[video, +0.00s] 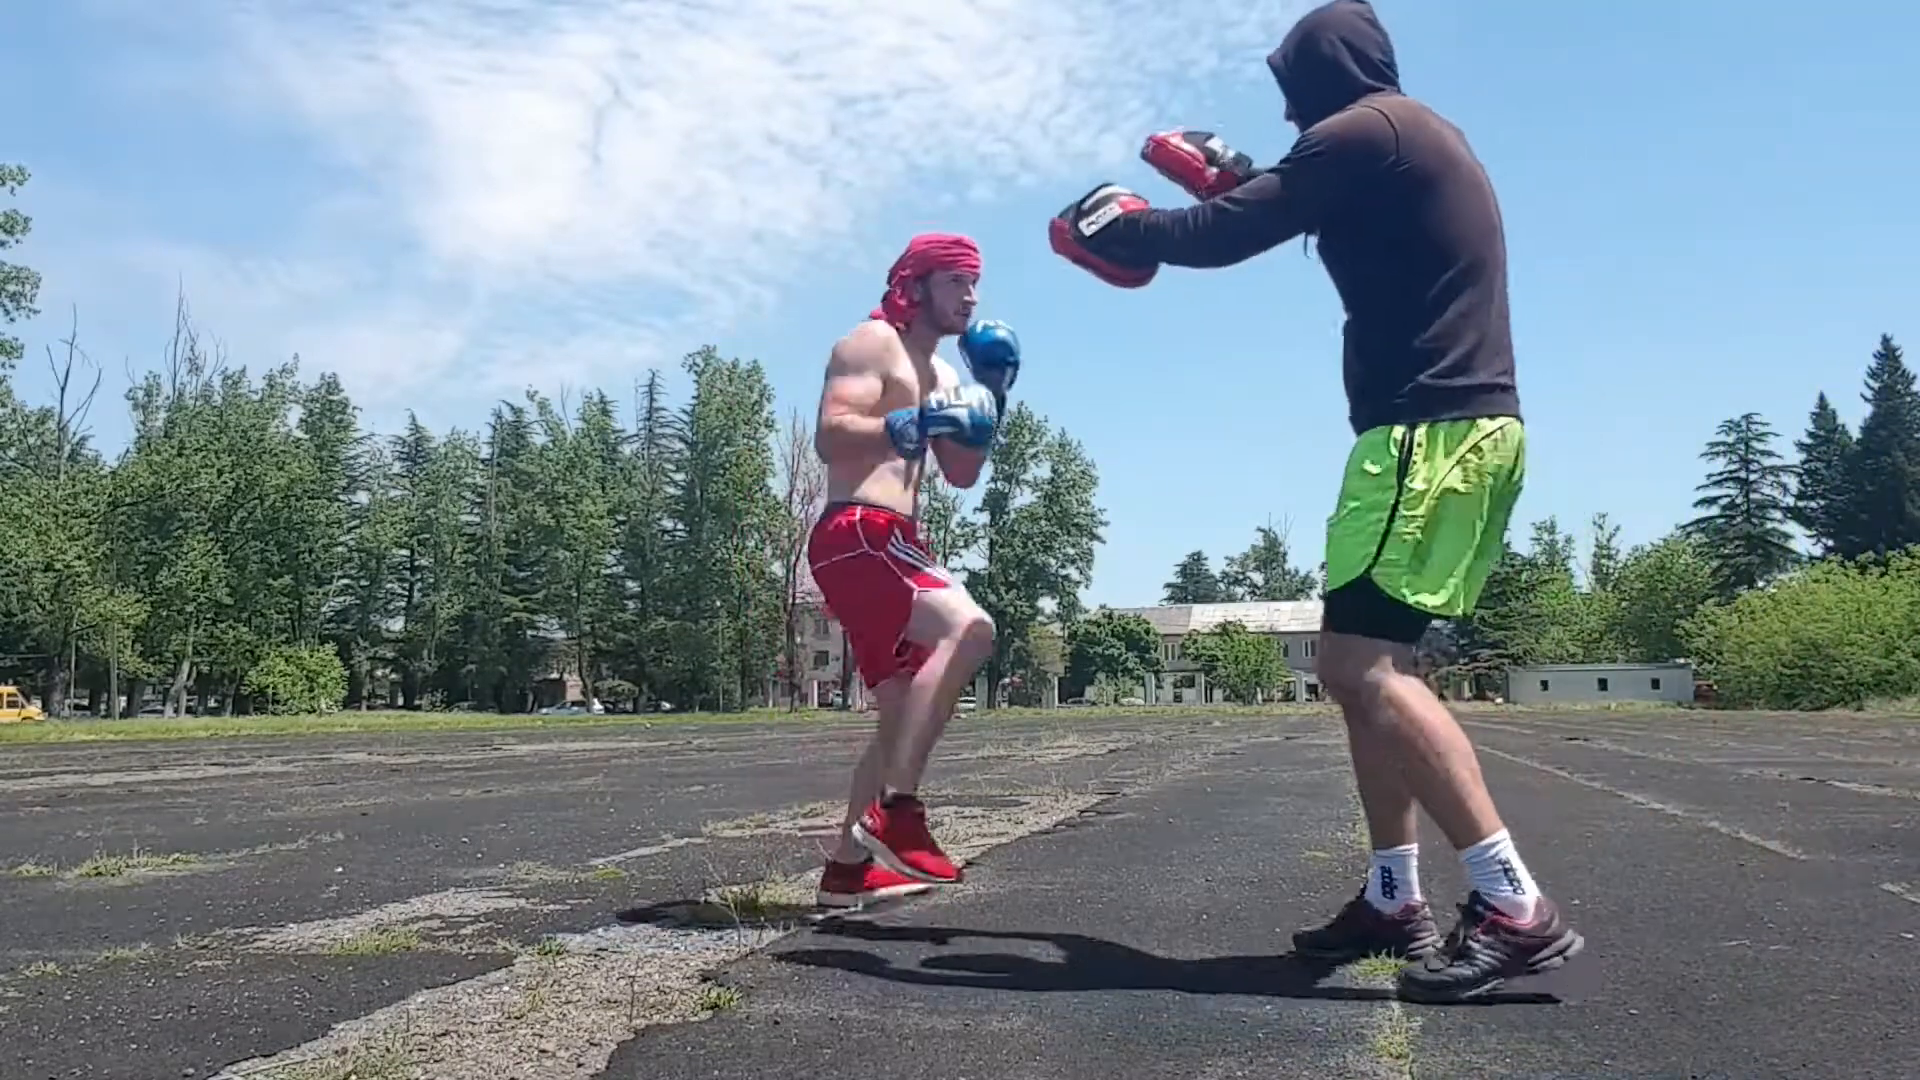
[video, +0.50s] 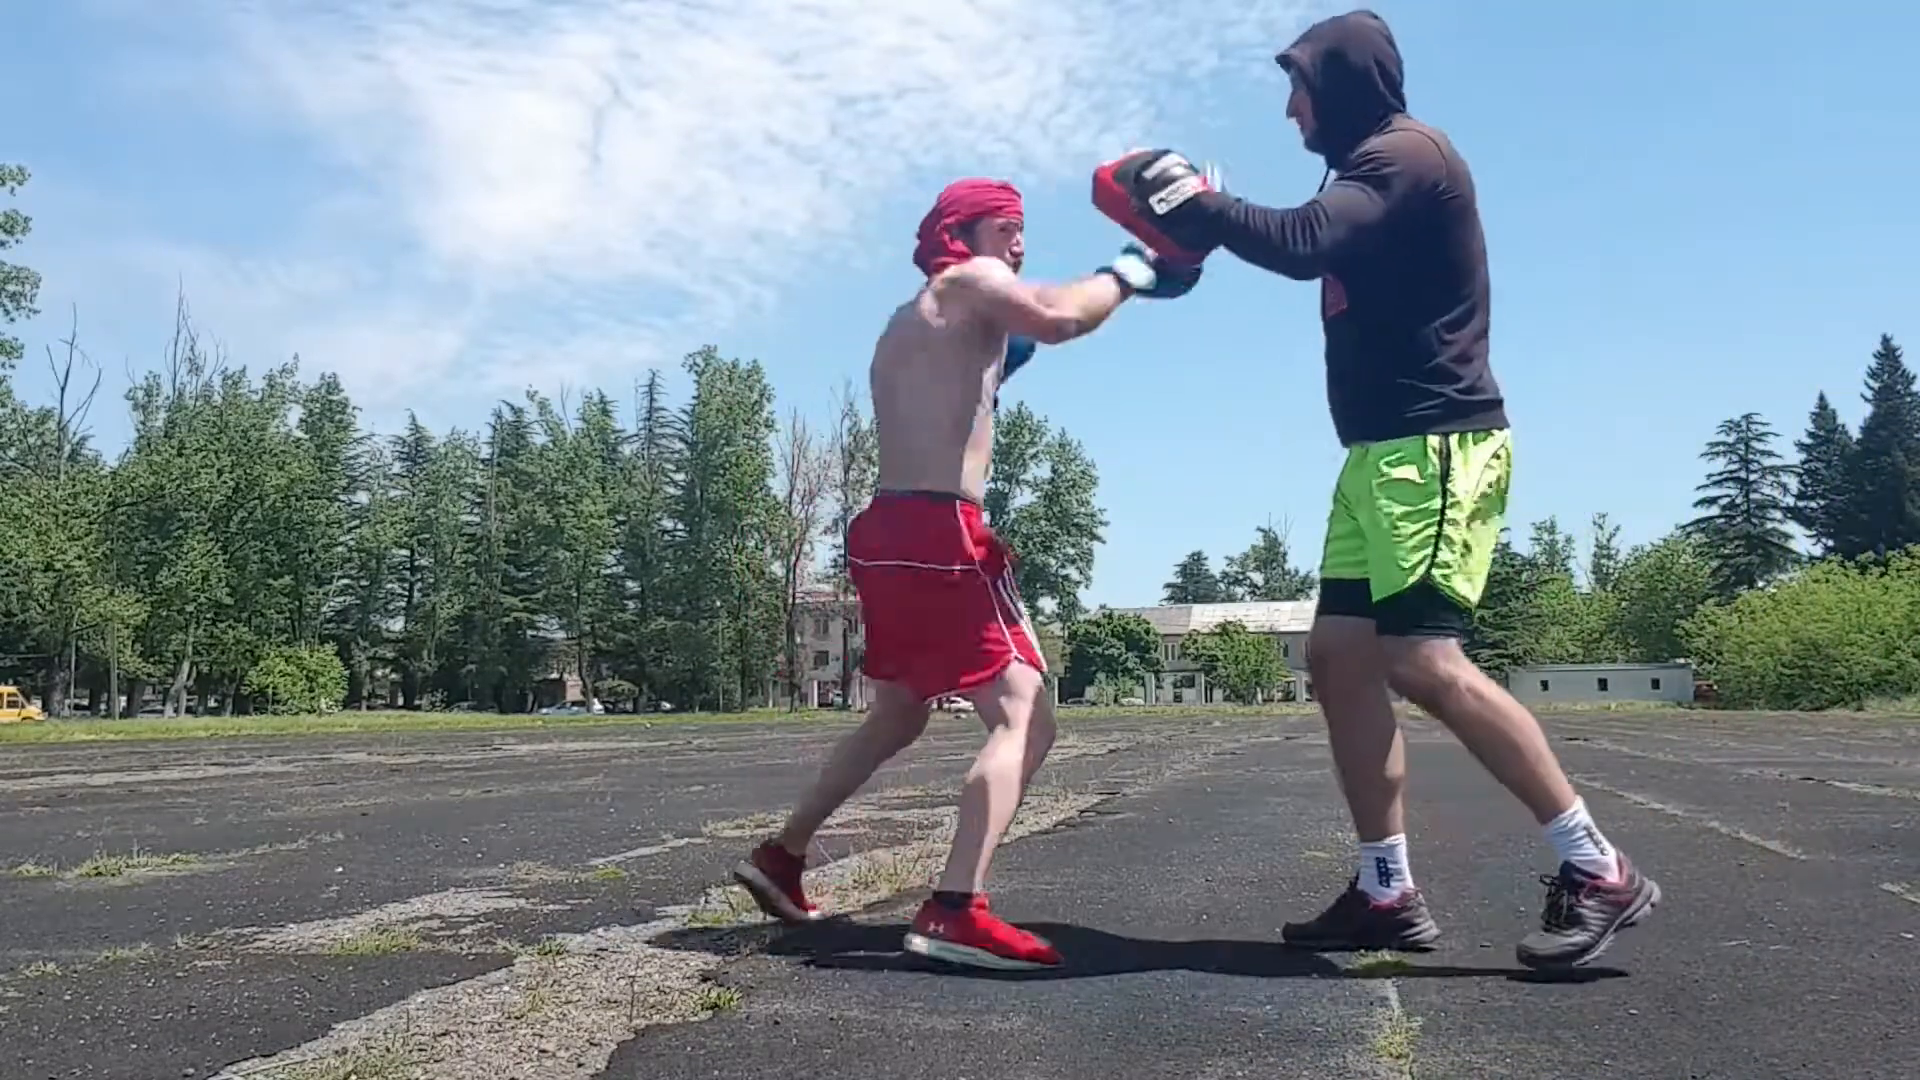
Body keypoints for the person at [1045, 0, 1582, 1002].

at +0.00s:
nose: (1291, 106)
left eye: (1294, 90)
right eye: (1290, 92)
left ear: (1321, 77)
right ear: (1374, 65)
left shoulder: (1357, 139)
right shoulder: (1425, 133)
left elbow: (1224, 231)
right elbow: (1330, 201)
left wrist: (1125, 221)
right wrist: (1240, 179)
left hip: (1426, 431)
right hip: (1471, 427)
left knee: (1364, 665)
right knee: (1361, 668)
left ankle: (1519, 908)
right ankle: (1393, 902)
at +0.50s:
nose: (1290, 110)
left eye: (1298, 90)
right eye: (1291, 91)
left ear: (1343, 86)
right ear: (1356, 82)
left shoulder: (1405, 155)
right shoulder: (1367, 165)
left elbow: (1303, 241)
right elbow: (1300, 245)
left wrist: (1192, 197)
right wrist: (1202, 203)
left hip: (1438, 444)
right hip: (1379, 449)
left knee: (1421, 658)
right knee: (1341, 658)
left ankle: (1598, 869)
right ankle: (1385, 894)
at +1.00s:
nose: (1410, 91)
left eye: (1422, 71)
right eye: (1407, 74)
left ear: (1475, 72)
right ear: (1433, 83)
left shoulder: (1551, 161)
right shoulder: (1441, 175)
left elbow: (1494, 250)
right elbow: (1370, 244)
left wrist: (1368, 170)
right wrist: (1302, 155)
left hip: (1533, 455)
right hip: (1434, 456)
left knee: (1583, 671)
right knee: (1357, 643)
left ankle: (1668, 904)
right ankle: (1424, 857)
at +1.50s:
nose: (1381, 136)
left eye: (1393, 119)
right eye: (1380, 122)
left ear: (1443, 119)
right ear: (1413, 129)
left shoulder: (1531, 192)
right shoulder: (1415, 213)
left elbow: (1504, 261)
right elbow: (1329, 268)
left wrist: (1393, 204)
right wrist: (1286, 200)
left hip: (1551, 474)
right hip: (1458, 483)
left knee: (1572, 667)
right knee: (1408, 663)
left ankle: (1668, 892)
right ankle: (1462, 863)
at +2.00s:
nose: (1447, 150)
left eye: (1466, 135)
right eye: (1442, 137)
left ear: (1510, 148)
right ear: (1441, 155)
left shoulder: (1556, 225)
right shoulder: (1450, 238)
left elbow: (1528, 268)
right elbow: (1374, 271)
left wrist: (1447, 183)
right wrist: (1323, 252)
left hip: (1532, 489)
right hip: (1444, 487)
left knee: (1574, 675)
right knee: (1403, 648)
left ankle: (1631, 856)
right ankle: (1451, 851)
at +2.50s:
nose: (1446, 191)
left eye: (1462, 179)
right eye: (1433, 181)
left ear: (1492, 190)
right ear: (1415, 195)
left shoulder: (1533, 267)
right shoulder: (1392, 272)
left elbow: (1630, 361)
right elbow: (1318, 313)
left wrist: (1612, 305)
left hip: (1518, 502)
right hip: (1420, 509)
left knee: (1551, 671)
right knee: (1432, 689)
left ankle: (1607, 851)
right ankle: (1450, 847)